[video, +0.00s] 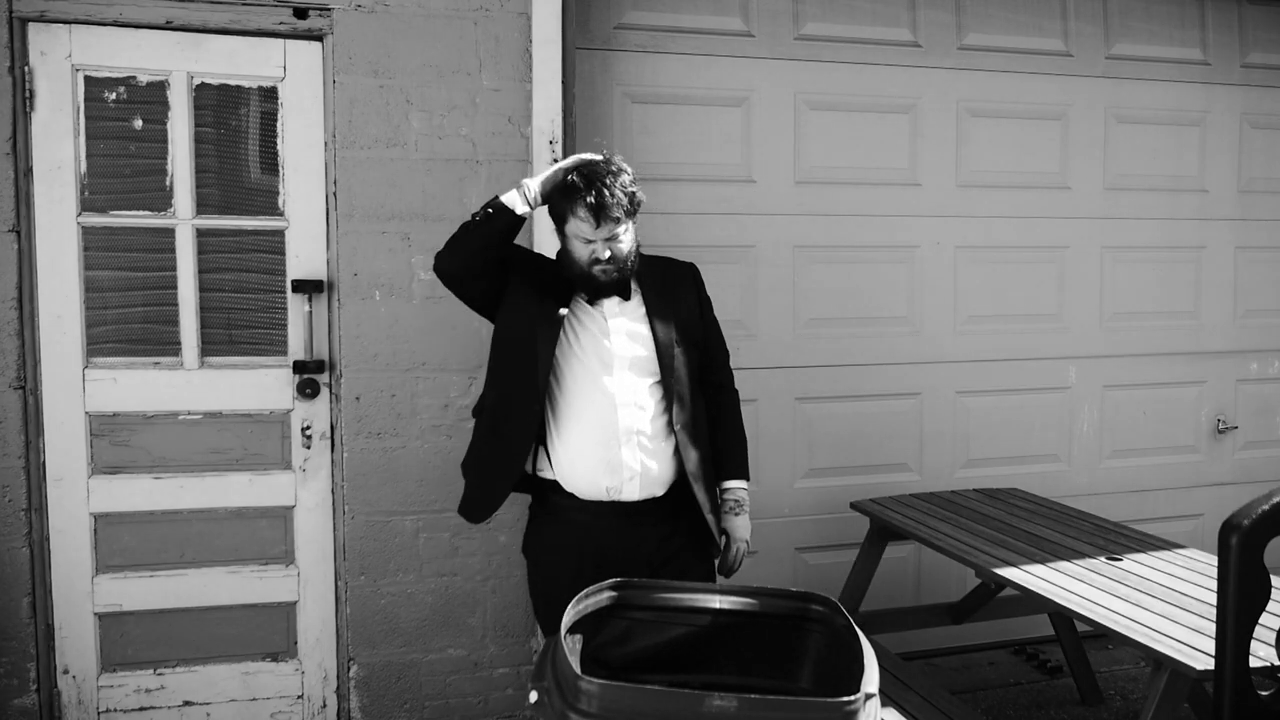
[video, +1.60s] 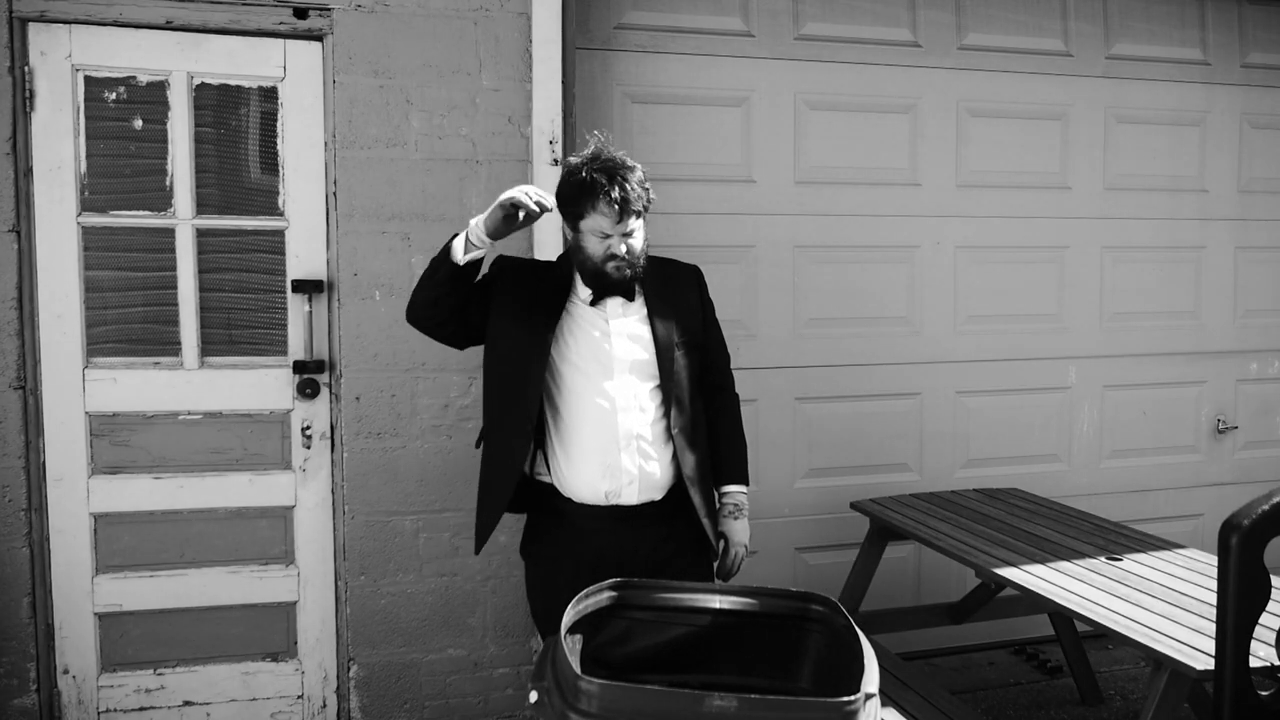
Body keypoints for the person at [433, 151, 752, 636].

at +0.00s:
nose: (602, 252)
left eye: (615, 236)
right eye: (585, 239)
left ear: (634, 224)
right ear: (558, 235)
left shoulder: (678, 285)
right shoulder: (530, 287)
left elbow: (718, 391)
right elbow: (455, 264)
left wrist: (735, 499)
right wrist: (533, 191)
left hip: (672, 523)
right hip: (568, 526)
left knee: (677, 688)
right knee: (578, 687)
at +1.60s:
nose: (621, 250)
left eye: (631, 232)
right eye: (603, 236)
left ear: (645, 224)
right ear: (570, 231)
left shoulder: (681, 287)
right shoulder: (521, 290)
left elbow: (719, 396)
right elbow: (428, 314)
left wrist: (733, 504)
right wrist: (481, 234)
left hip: (670, 528)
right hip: (566, 531)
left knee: (675, 695)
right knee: (577, 693)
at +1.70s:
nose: (637, 246)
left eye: (643, 228)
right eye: (619, 232)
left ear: (652, 221)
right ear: (578, 229)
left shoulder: (682, 288)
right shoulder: (519, 295)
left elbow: (719, 397)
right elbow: (435, 363)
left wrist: (734, 504)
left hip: (670, 527)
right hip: (566, 532)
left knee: (676, 694)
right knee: (577, 693)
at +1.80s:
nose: (646, 243)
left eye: (651, 227)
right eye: (629, 228)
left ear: (657, 222)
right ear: (583, 228)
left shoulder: (681, 288)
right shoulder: (518, 301)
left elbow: (718, 396)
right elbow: (475, 375)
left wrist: (733, 503)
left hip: (669, 530)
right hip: (566, 535)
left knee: (674, 695)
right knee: (575, 693)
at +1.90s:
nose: (650, 243)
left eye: (653, 227)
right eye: (634, 229)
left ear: (659, 221)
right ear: (585, 229)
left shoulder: (679, 287)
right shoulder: (515, 303)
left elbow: (715, 394)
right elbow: (485, 409)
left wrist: (733, 500)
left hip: (671, 532)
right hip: (567, 539)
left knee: (678, 699)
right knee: (580, 707)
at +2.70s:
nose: (636, 235)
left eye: (644, 220)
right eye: (618, 220)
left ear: (654, 217)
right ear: (580, 219)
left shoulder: (675, 285)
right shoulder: (517, 303)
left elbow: (710, 388)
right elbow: (494, 417)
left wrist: (730, 491)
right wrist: (524, 525)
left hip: (676, 530)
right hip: (581, 538)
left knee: (684, 698)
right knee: (588, 706)